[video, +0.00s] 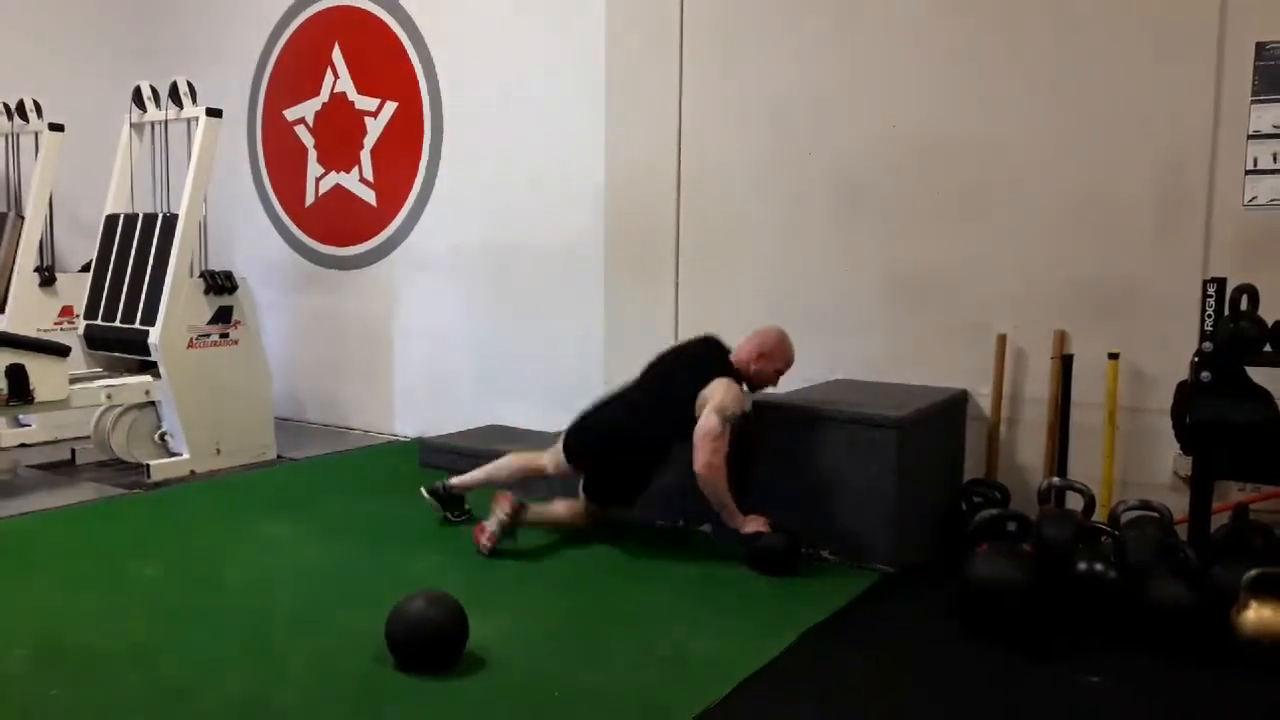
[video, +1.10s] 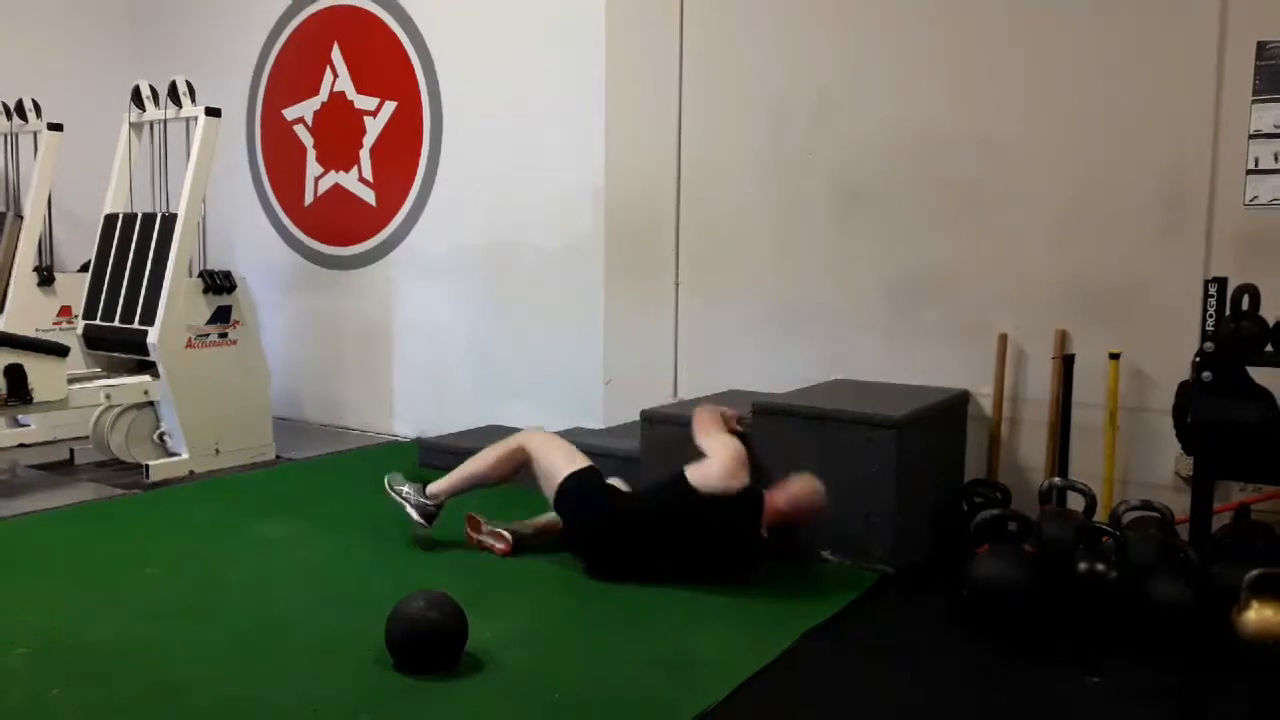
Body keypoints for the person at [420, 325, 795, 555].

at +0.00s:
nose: (777, 381)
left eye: (781, 373)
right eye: (778, 373)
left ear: (747, 346)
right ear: (757, 360)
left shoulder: (702, 347)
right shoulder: (724, 394)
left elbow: (654, 383)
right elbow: (707, 465)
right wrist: (736, 520)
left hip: (597, 422)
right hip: (625, 457)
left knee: (545, 463)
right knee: (589, 514)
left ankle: (454, 486)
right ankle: (518, 512)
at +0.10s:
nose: (766, 390)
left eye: (769, 382)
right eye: (767, 382)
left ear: (733, 358)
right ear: (749, 373)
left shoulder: (686, 367)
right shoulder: (725, 406)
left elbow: (647, 414)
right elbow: (703, 474)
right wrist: (736, 522)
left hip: (601, 463)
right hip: (635, 496)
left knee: (548, 483)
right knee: (587, 521)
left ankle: (457, 502)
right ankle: (541, 542)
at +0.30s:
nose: (715, 388)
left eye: (716, 382)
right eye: (716, 382)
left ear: (673, 369)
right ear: (704, 379)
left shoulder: (638, 390)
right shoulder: (698, 416)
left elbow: (662, 413)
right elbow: (721, 476)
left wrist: (709, 414)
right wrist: (759, 525)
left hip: (578, 517)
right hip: (628, 543)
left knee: (560, 474)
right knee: (619, 496)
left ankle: (460, 516)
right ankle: (537, 542)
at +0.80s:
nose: (727, 399)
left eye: (726, 396)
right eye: (728, 394)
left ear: (688, 381)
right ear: (720, 397)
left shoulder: (647, 396)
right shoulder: (697, 445)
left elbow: (674, 414)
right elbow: (682, 526)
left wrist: (716, 416)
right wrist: (740, 551)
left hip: (579, 524)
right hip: (622, 553)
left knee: (542, 458)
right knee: (616, 493)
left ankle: (449, 509)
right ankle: (540, 538)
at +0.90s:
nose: (748, 427)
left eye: (746, 417)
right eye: (749, 421)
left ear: (709, 398)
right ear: (741, 424)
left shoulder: (662, 398)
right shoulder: (709, 474)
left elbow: (691, 404)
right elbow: (682, 554)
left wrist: (720, 408)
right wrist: (738, 550)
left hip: (575, 517)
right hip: (616, 558)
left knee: (537, 454)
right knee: (623, 503)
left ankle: (445, 508)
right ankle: (539, 539)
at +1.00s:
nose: (761, 446)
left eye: (757, 431)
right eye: (772, 449)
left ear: (743, 429)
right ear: (769, 463)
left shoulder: (695, 421)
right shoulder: (739, 514)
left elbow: (678, 393)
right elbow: (702, 557)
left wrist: (723, 410)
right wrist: (732, 544)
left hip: (590, 518)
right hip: (629, 563)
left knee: (535, 448)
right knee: (618, 493)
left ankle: (440, 500)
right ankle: (537, 537)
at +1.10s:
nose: (789, 490)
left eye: (793, 487)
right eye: (797, 493)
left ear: (780, 490)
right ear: (794, 526)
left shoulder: (734, 472)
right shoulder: (750, 552)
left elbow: (702, 418)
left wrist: (725, 424)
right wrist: (733, 444)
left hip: (605, 523)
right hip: (619, 564)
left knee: (531, 442)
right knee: (606, 492)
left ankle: (429, 497)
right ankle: (513, 536)